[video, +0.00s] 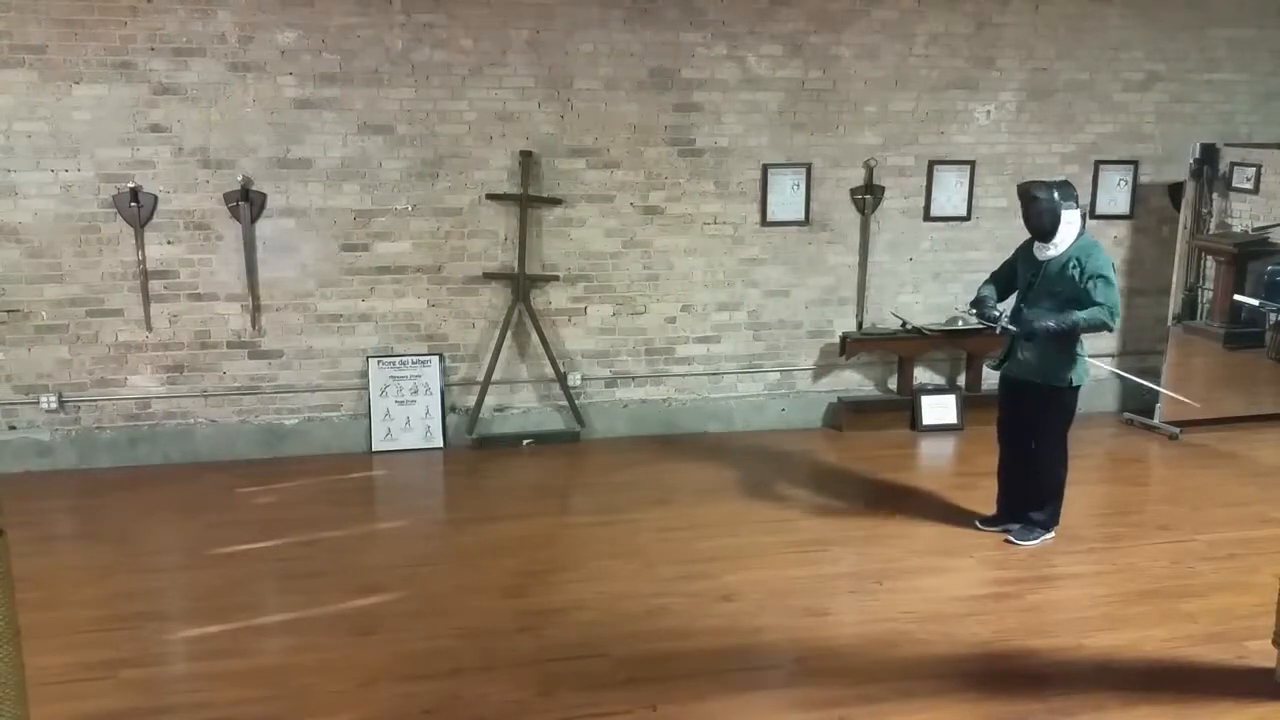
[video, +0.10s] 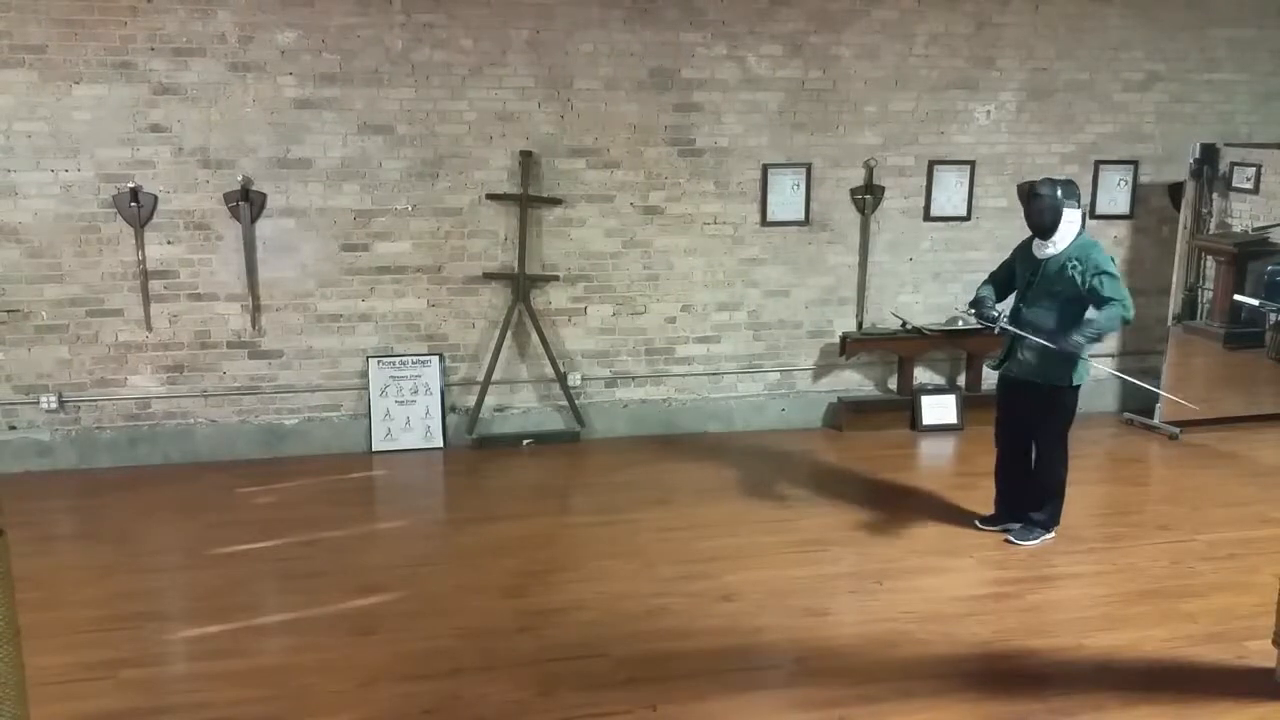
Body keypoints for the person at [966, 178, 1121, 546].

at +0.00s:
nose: (1028, 221)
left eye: (1036, 214)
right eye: (1027, 214)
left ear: (1060, 212)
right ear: (1032, 214)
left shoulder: (1090, 257)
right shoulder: (1029, 251)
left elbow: (1108, 314)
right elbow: (997, 284)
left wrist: (1053, 322)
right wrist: (986, 300)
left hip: (1057, 374)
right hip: (1017, 368)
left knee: (1048, 449)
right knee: (1012, 443)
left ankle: (1043, 521)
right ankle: (1009, 511)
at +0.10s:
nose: (1031, 214)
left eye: (1039, 207)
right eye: (1030, 208)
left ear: (1063, 211)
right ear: (1033, 211)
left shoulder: (1090, 257)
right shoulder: (1028, 251)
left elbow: (1120, 308)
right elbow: (995, 284)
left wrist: (1081, 334)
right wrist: (985, 303)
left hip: (1056, 375)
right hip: (1016, 370)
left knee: (1050, 449)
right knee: (1011, 445)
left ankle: (1043, 520)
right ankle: (1009, 511)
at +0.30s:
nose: (1031, 212)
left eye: (1040, 206)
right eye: (1029, 205)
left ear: (1062, 209)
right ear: (1027, 206)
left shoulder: (1083, 250)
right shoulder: (1022, 248)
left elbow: (1134, 291)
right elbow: (990, 284)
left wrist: (1169, 337)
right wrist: (980, 306)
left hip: (1052, 368)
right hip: (1014, 363)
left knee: (1045, 443)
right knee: (1010, 441)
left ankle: (1042, 519)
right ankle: (1010, 512)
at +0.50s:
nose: (1028, 212)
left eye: (1036, 205)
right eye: (1025, 204)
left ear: (1059, 207)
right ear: (1021, 204)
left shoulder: (1080, 246)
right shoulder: (1015, 247)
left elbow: (1140, 277)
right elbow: (981, 286)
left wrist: (1177, 319)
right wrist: (976, 311)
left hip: (1050, 361)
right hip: (1009, 358)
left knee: (1042, 442)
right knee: (1010, 439)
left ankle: (1040, 521)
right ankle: (1010, 513)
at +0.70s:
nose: (1023, 213)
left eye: (1032, 206)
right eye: (1019, 205)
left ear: (1053, 208)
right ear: (1013, 204)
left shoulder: (1076, 246)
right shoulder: (1006, 248)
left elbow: (1121, 291)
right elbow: (972, 288)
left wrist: (1089, 335)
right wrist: (979, 314)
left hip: (1051, 363)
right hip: (1008, 361)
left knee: (1045, 445)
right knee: (1010, 442)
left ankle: (1041, 521)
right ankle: (1010, 514)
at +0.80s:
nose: (1022, 212)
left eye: (1030, 205)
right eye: (1018, 204)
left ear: (1050, 206)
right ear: (1012, 204)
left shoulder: (1075, 247)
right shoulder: (1003, 248)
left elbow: (1110, 293)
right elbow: (965, 290)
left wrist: (1077, 318)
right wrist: (990, 320)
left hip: (1051, 364)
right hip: (1008, 362)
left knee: (1045, 445)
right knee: (1010, 441)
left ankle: (1041, 522)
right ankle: (1011, 514)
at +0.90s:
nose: (1024, 213)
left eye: (1031, 205)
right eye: (1019, 204)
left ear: (1052, 206)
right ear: (1012, 205)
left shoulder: (1076, 249)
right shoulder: (1001, 248)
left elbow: (1105, 302)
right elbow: (963, 289)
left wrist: (1069, 321)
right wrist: (991, 320)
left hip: (1050, 366)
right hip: (1006, 363)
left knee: (1044, 446)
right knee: (1010, 443)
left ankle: (1043, 521)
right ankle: (1012, 514)